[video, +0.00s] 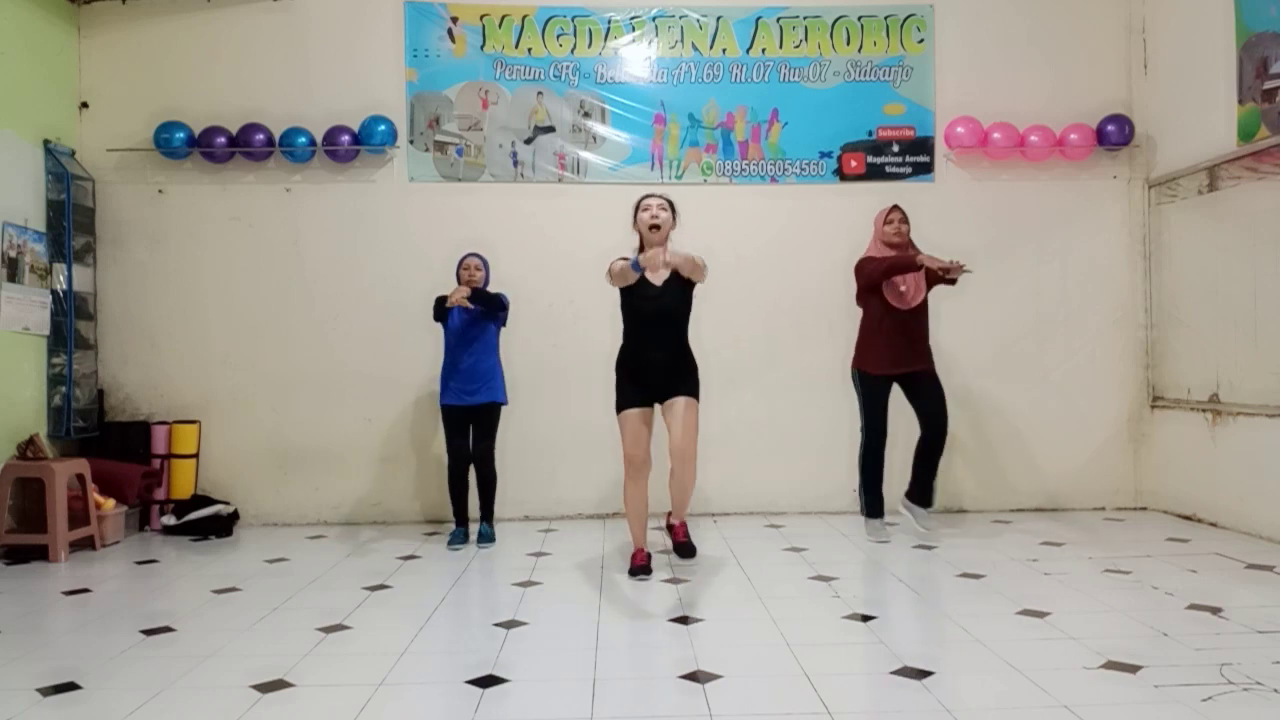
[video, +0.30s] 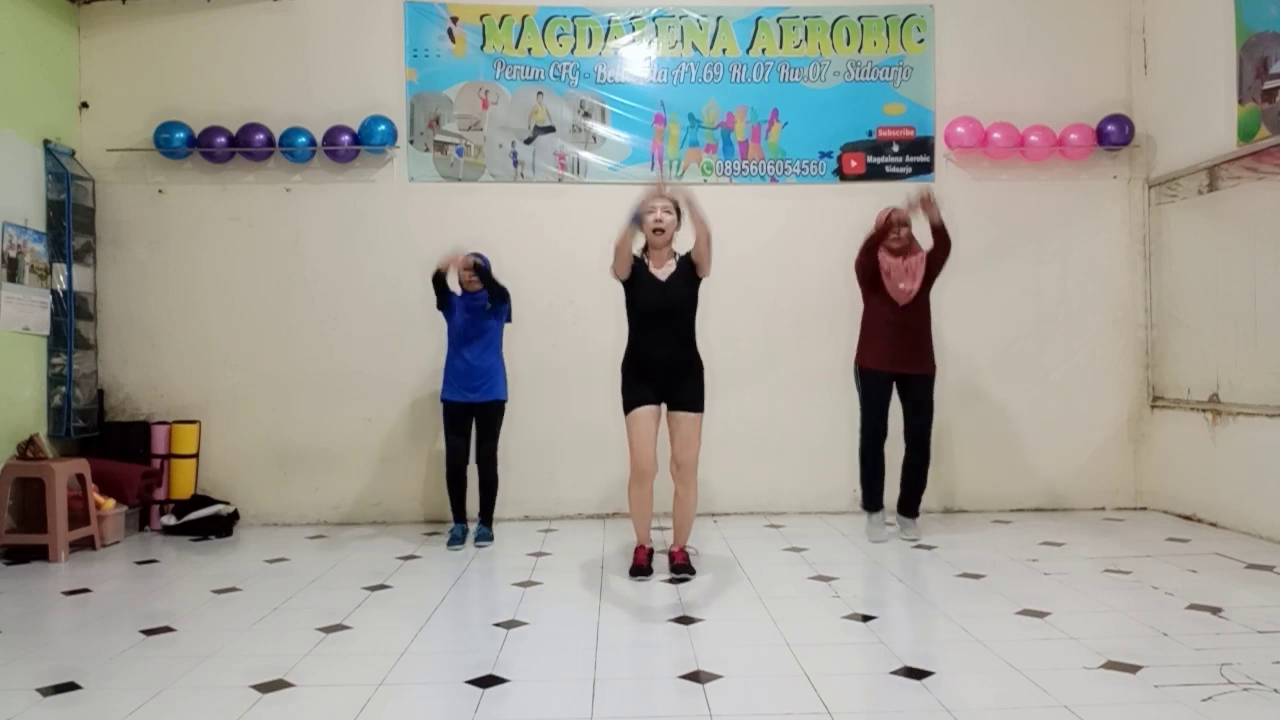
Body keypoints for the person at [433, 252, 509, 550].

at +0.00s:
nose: (471, 272)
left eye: (477, 268)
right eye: (466, 268)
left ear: (486, 275)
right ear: (458, 274)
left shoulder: (496, 302)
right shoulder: (448, 304)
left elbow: (496, 303)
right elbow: (438, 312)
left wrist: (470, 292)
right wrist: (448, 300)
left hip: (487, 391)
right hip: (454, 392)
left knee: (483, 457)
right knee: (457, 459)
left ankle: (486, 523)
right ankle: (460, 526)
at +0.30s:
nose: (467, 275)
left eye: (472, 270)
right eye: (463, 271)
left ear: (482, 275)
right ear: (459, 276)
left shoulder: (496, 302)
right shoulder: (453, 303)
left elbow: (501, 295)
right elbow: (441, 290)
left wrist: (484, 271)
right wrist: (441, 273)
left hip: (490, 392)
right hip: (456, 391)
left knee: (486, 459)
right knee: (456, 460)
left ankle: (485, 524)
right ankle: (459, 524)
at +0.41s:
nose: (469, 268)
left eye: (475, 265)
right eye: (465, 264)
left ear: (486, 271)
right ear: (458, 270)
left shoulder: (497, 295)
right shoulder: (451, 297)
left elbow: (494, 253)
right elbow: (439, 256)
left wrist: (471, 211)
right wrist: (450, 215)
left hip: (493, 387)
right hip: (459, 387)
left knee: (488, 455)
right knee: (457, 451)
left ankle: (486, 522)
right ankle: (458, 504)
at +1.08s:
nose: (473, 249)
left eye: (479, 245)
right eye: (468, 246)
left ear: (489, 252)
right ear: (461, 252)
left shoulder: (499, 278)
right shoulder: (453, 279)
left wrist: (478, 203)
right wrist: (460, 207)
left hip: (493, 366)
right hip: (459, 367)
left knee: (490, 439)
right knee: (463, 439)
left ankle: (491, 511)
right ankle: (464, 511)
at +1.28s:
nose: (477, 268)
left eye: (483, 264)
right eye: (472, 264)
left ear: (492, 271)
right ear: (464, 272)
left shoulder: (503, 301)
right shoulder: (453, 304)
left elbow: (500, 334)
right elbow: (452, 332)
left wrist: (483, 362)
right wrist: (466, 356)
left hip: (494, 385)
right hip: (459, 385)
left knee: (492, 453)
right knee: (464, 453)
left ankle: (492, 522)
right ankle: (471, 522)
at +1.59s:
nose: (478, 264)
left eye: (484, 261)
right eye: (472, 260)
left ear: (493, 269)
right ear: (464, 269)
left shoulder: (507, 304)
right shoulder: (452, 305)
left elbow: (518, 347)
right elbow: (431, 353)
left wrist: (523, 386)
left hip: (497, 391)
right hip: (463, 392)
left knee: (494, 460)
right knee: (468, 459)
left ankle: (493, 525)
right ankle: (471, 525)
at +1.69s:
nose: (477, 271)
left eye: (484, 267)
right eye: (472, 267)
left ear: (493, 276)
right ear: (464, 275)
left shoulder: (506, 309)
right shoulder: (454, 311)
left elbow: (522, 354)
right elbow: (429, 353)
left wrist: (534, 397)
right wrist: (432, 321)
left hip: (498, 398)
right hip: (463, 399)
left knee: (494, 464)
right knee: (470, 465)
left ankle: (493, 527)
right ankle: (472, 527)